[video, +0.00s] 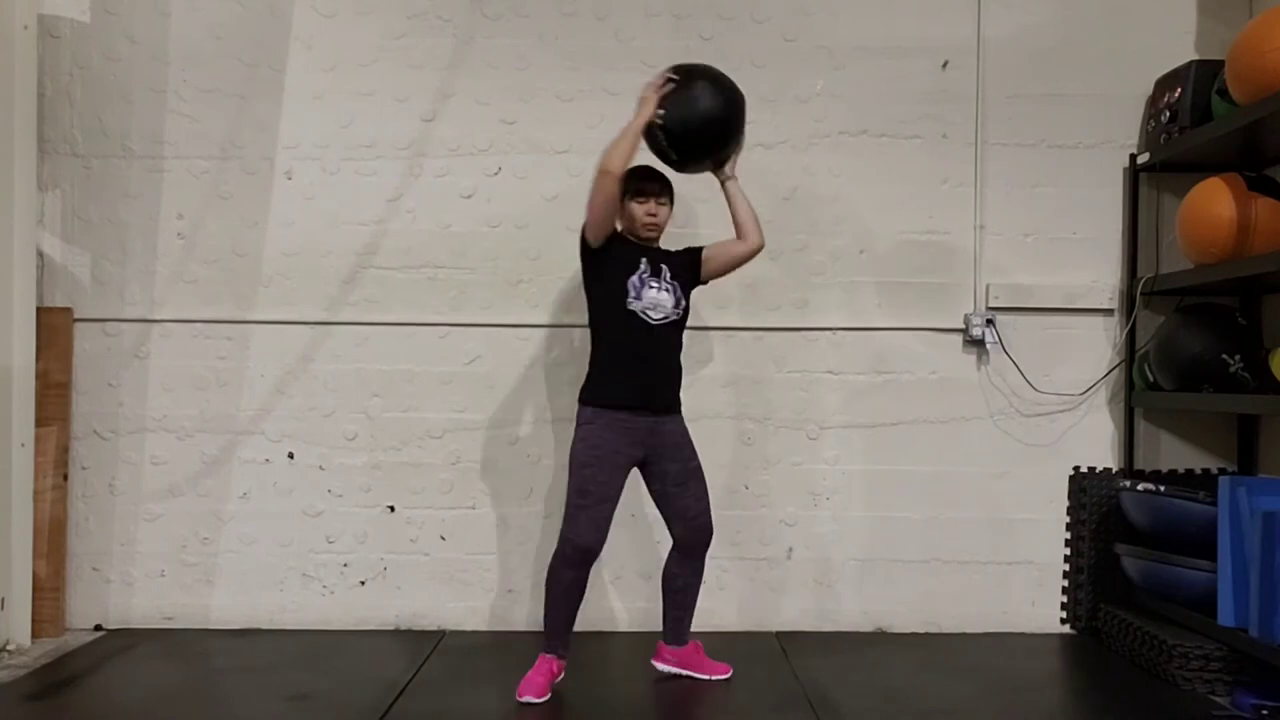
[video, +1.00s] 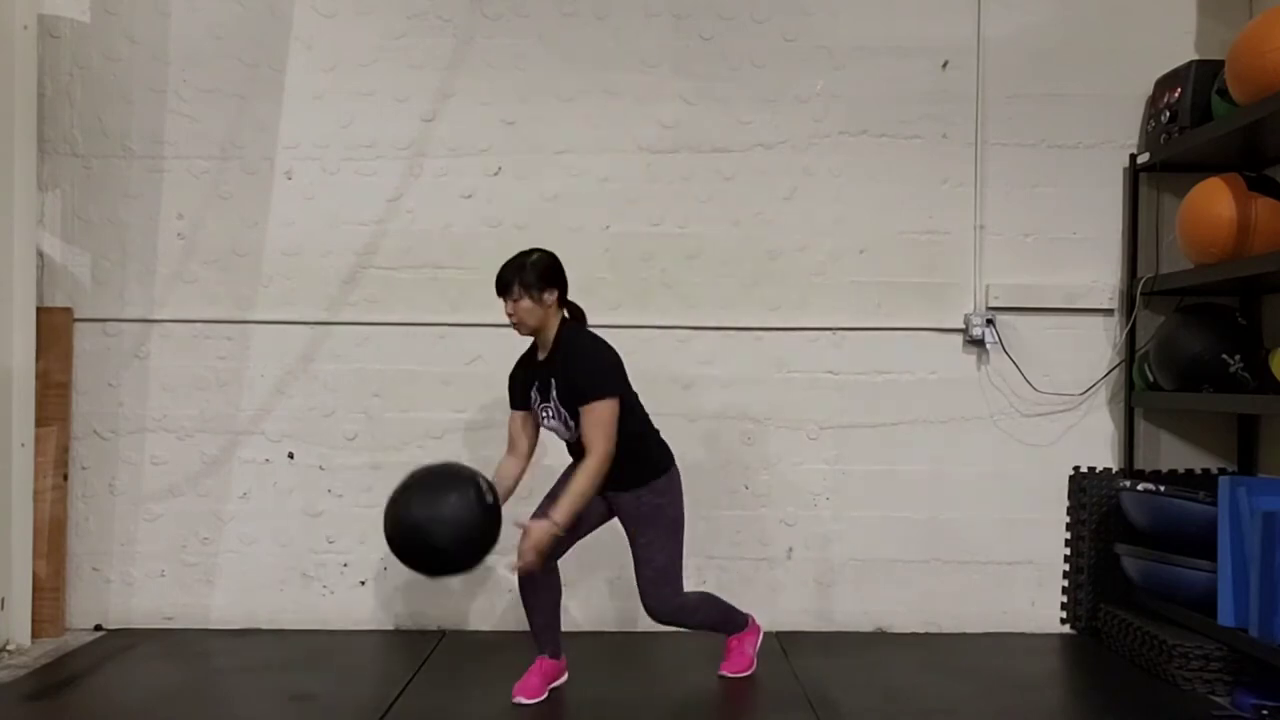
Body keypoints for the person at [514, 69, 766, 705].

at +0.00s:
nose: (653, 207)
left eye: (662, 199)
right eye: (643, 197)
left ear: (671, 210)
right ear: (621, 204)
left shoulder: (681, 265)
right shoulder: (603, 252)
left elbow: (750, 242)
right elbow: (608, 176)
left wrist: (725, 173)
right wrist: (643, 116)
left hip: (665, 425)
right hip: (606, 423)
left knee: (695, 533)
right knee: (580, 543)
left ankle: (676, 645)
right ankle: (552, 655)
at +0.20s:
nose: (605, 207)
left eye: (618, 199)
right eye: (598, 200)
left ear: (643, 208)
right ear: (591, 209)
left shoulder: (666, 259)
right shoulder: (577, 255)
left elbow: (712, 203)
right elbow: (544, 180)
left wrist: (693, 135)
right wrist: (583, 114)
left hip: (653, 425)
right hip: (588, 425)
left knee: (689, 533)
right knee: (558, 539)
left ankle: (717, 628)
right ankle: (547, 655)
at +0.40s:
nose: (575, 223)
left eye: (584, 213)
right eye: (570, 214)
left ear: (615, 212)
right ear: (567, 219)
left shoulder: (644, 263)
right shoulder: (571, 266)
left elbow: (636, 203)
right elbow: (519, 213)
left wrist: (635, 121)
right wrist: (537, 136)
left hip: (648, 436)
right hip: (588, 438)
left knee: (681, 546)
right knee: (547, 543)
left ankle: (743, 626)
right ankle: (547, 656)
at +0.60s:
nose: (559, 274)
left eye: (567, 263)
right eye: (555, 266)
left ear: (597, 256)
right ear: (557, 267)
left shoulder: (628, 305)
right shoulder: (572, 309)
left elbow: (576, 335)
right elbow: (509, 348)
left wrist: (532, 266)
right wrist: (474, 293)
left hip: (663, 461)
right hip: (610, 460)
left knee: (673, 581)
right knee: (551, 541)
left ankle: (745, 628)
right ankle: (549, 658)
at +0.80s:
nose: (528, 323)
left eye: (536, 311)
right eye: (525, 313)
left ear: (571, 311)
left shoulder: (606, 373)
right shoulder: (544, 379)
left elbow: (619, 469)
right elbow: (540, 455)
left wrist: (610, 553)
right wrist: (525, 531)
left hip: (659, 496)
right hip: (603, 486)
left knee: (663, 620)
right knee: (540, 551)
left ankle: (744, 627)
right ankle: (551, 661)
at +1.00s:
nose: (507, 309)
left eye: (515, 298)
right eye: (504, 299)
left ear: (551, 298)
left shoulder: (591, 358)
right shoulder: (525, 373)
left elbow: (598, 455)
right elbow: (517, 452)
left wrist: (551, 523)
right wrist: (483, 505)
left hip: (647, 483)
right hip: (591, 479)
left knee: (663, 603)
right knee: (534, 551)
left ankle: (744, 627)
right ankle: (550, 659)